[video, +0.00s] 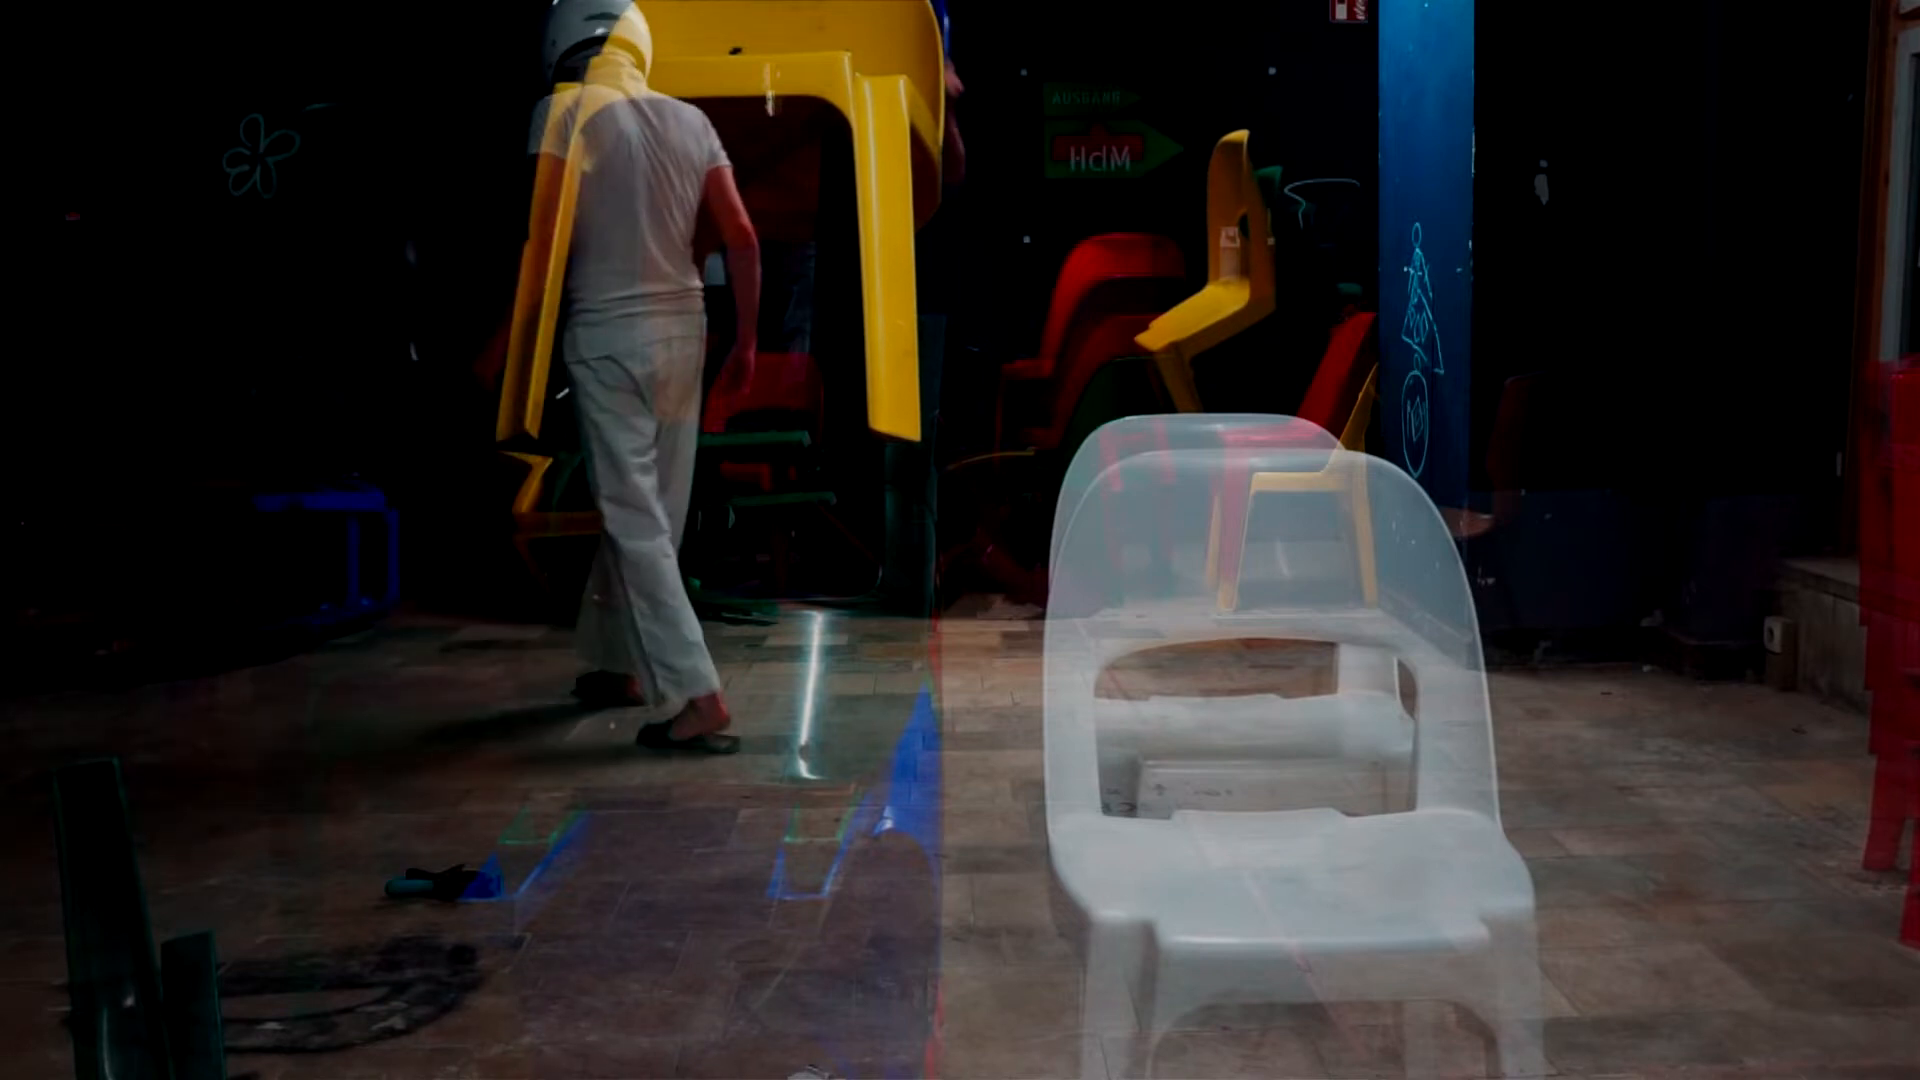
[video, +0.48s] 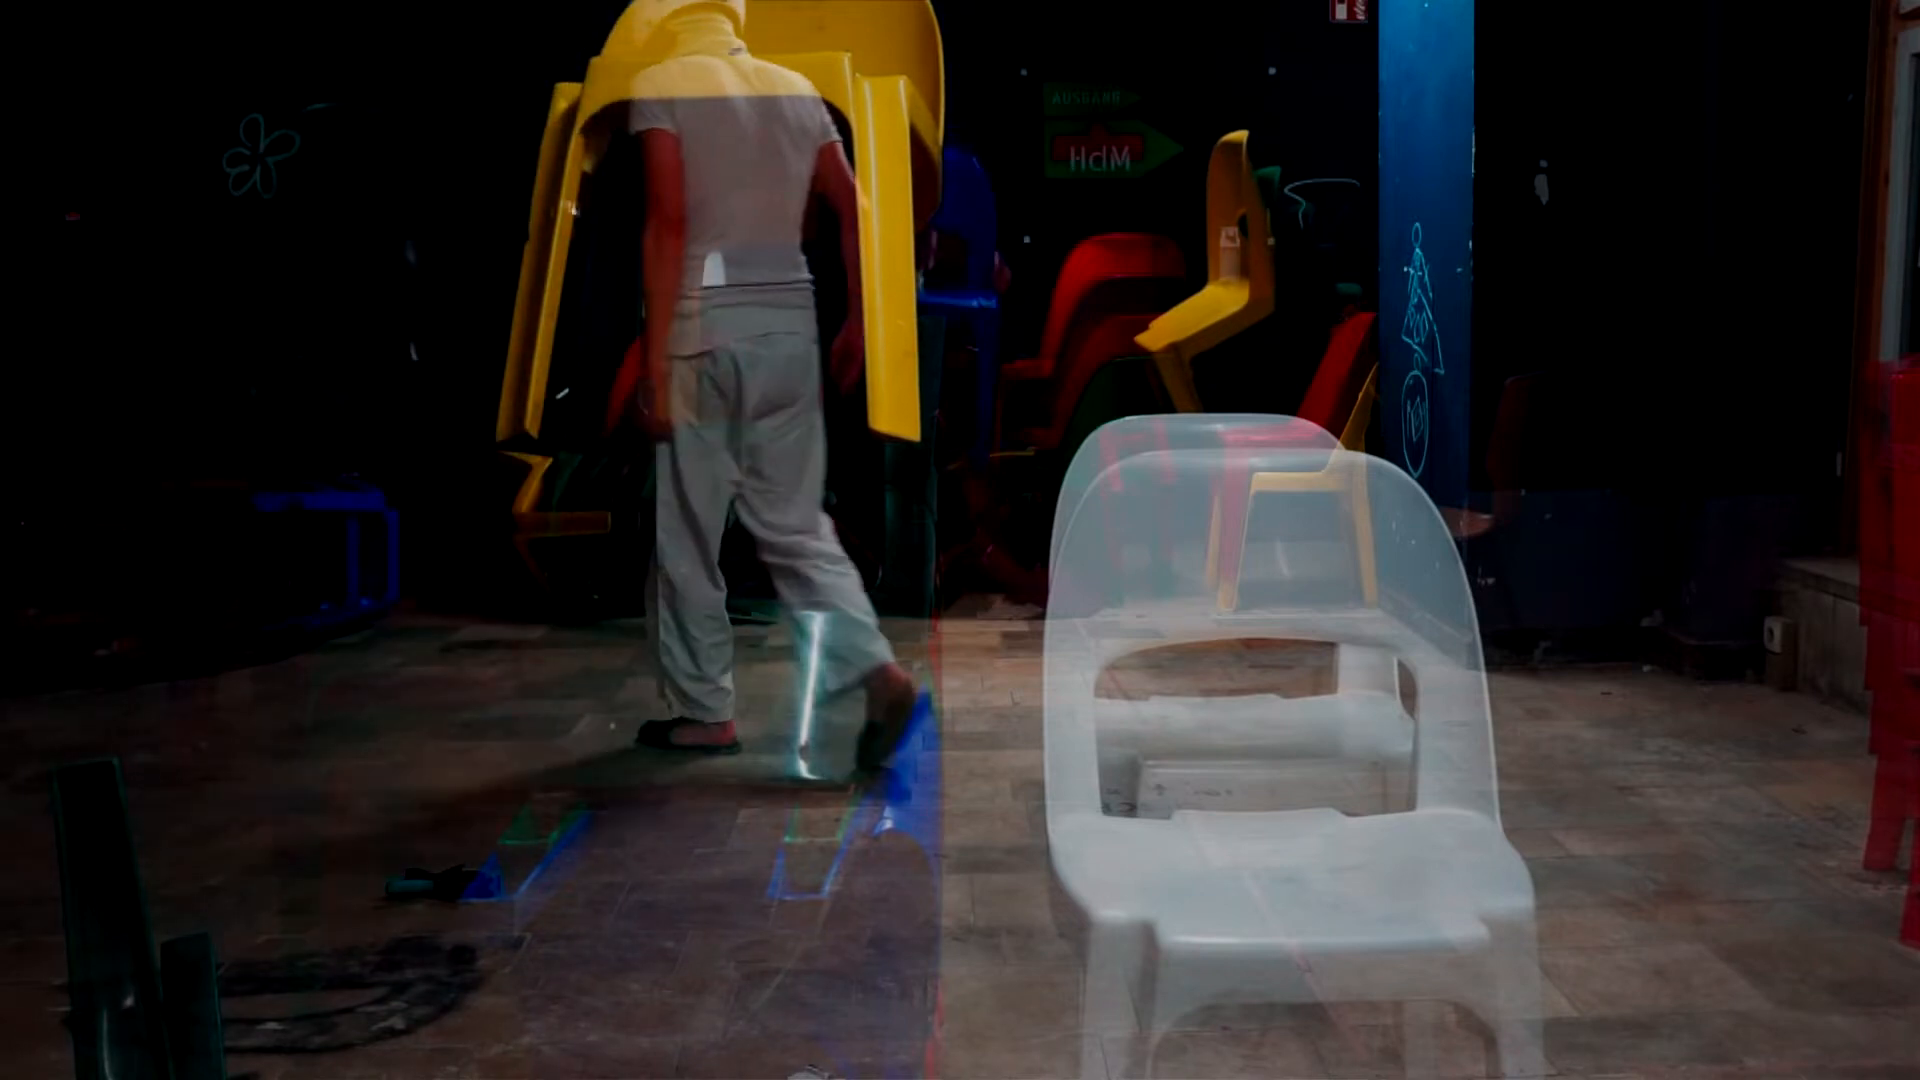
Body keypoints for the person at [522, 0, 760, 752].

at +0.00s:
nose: (565, 77)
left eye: (564, 64)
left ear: (573, 58)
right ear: (635, 53)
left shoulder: (565, 117)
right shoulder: (689, 122)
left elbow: (545, 239)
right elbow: (741, 238)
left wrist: (512, 337)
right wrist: (745, 336)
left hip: (604, 335)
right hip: (682, 333)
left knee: (637, 511)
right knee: (656, 509)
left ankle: (699, 698)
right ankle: (615, 667)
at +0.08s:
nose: (575, 75)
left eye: (575, 66)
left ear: (587, 56)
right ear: (648, 53)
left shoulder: (577, 106)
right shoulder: (705, 111)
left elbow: (556, 227)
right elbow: (757, 226)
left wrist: (521, 331)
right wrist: (761, 330)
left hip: (621, 324)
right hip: (699, 321)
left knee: (652, 510)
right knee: (674, 508)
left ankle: (698, 708)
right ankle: (626, 666)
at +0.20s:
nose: (599, 64)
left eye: (601, 53)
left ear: (613, 45)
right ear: (672, 42)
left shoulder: (603, 94)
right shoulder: (730, 97)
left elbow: (582, 224)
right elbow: (783, 215)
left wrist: (546, 298)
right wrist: (782, 322)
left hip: (646, 318)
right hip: (725, 314)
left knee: (663, 513)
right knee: (705, 509)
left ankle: (693, 710)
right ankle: (711, 688)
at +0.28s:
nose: (612, 56)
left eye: (614, 44)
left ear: (623, 41)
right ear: (685, 35)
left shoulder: (612, 86)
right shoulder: (746, 90)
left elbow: (605, 217)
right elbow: (802, 213)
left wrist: (562, 309)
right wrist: (799, 323)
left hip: (657, 319)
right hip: (743, 314)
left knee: (671, 513)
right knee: (724, 500)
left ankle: (698, 710)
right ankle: (769, 659)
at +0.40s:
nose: (626, 57)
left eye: (632, 46)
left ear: (646, 38)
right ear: (709, 32)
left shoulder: (639, 89)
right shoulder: (775, 91)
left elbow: (641, 226)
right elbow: (835, 214)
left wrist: (613, 350)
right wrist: (831, 325)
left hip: (681, 322)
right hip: (770, 316)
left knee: (678, 527)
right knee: (758, 511)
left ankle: (702, 713)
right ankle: (836, 649)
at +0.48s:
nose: (652, 57)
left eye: (657, 46)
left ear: (671, 36)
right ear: (730, 31)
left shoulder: (661, 87)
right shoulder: (796, 92)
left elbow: (668, 220)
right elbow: (855, 210)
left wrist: (656, 352)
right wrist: (859, 323)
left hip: (702, 328)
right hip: (791, 322)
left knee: (688, 534)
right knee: (793, 521)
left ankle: (704, 710)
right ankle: (877, 669)